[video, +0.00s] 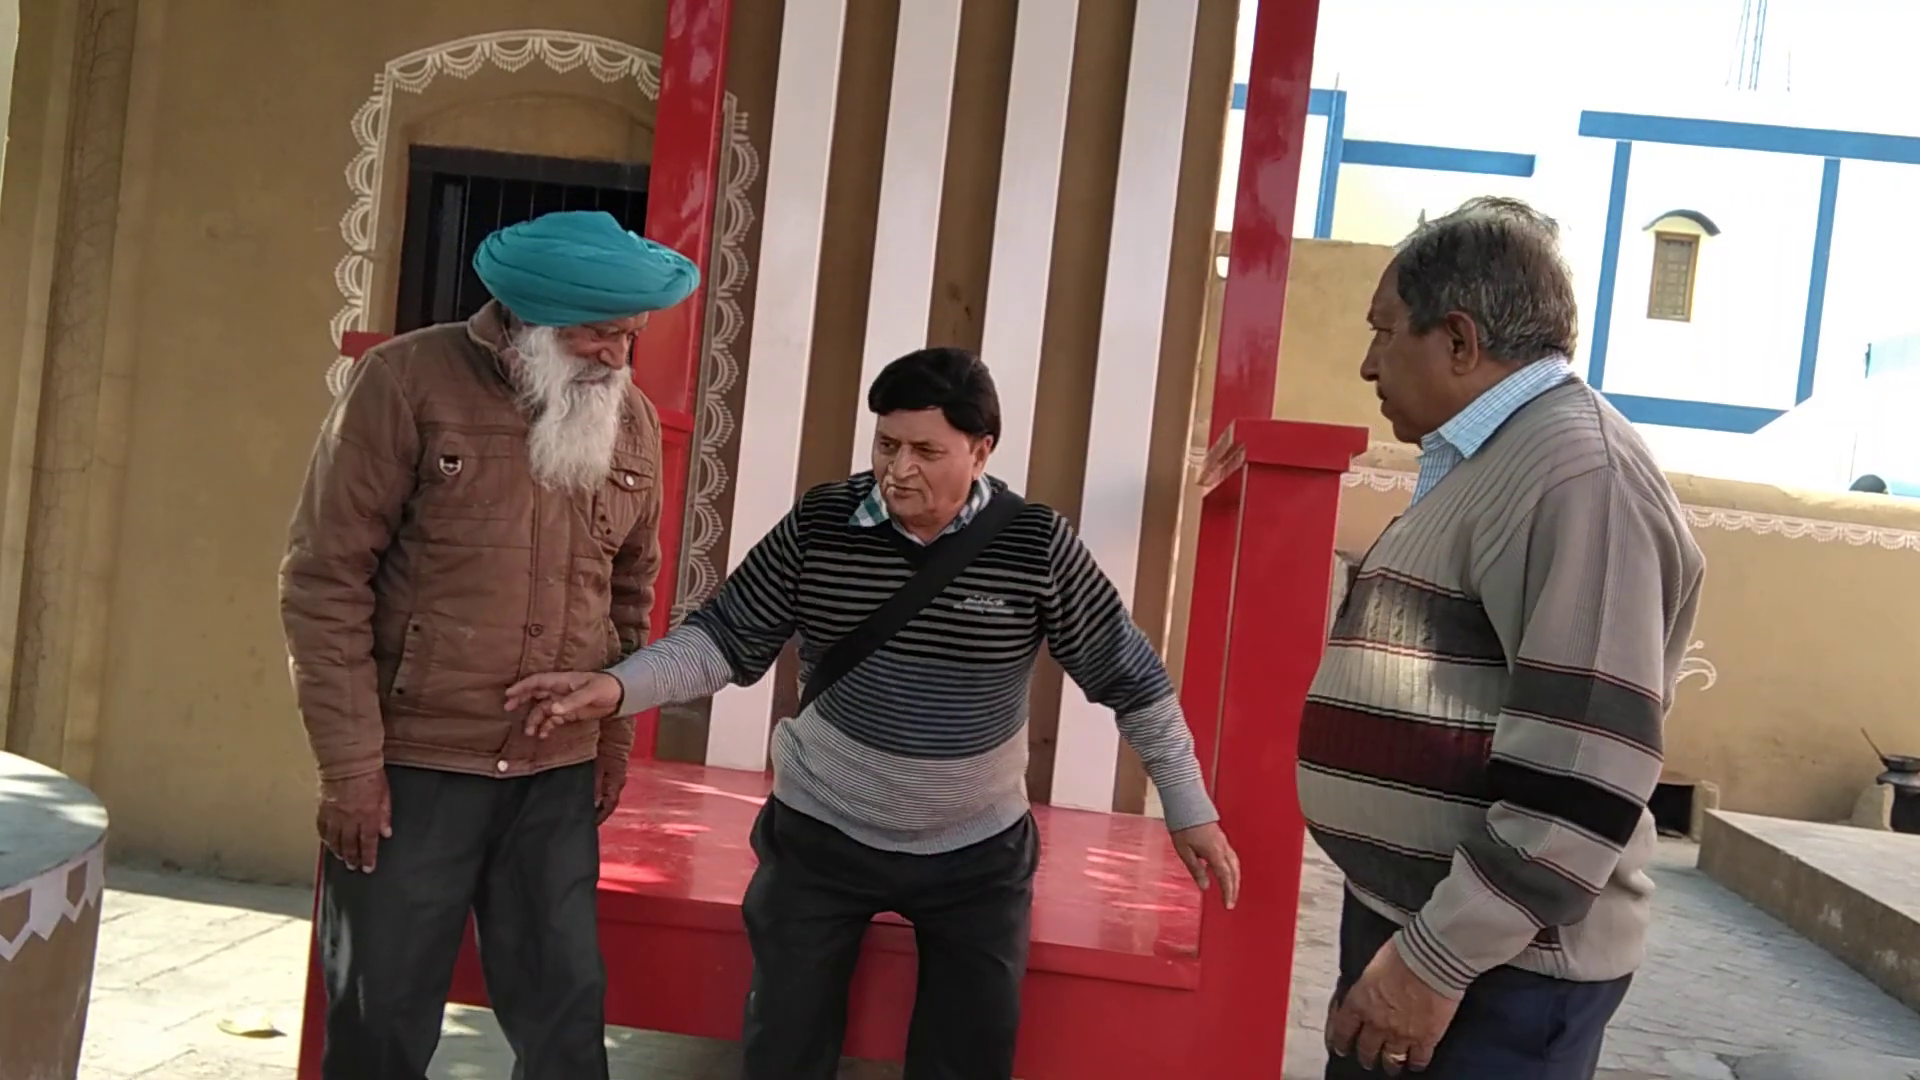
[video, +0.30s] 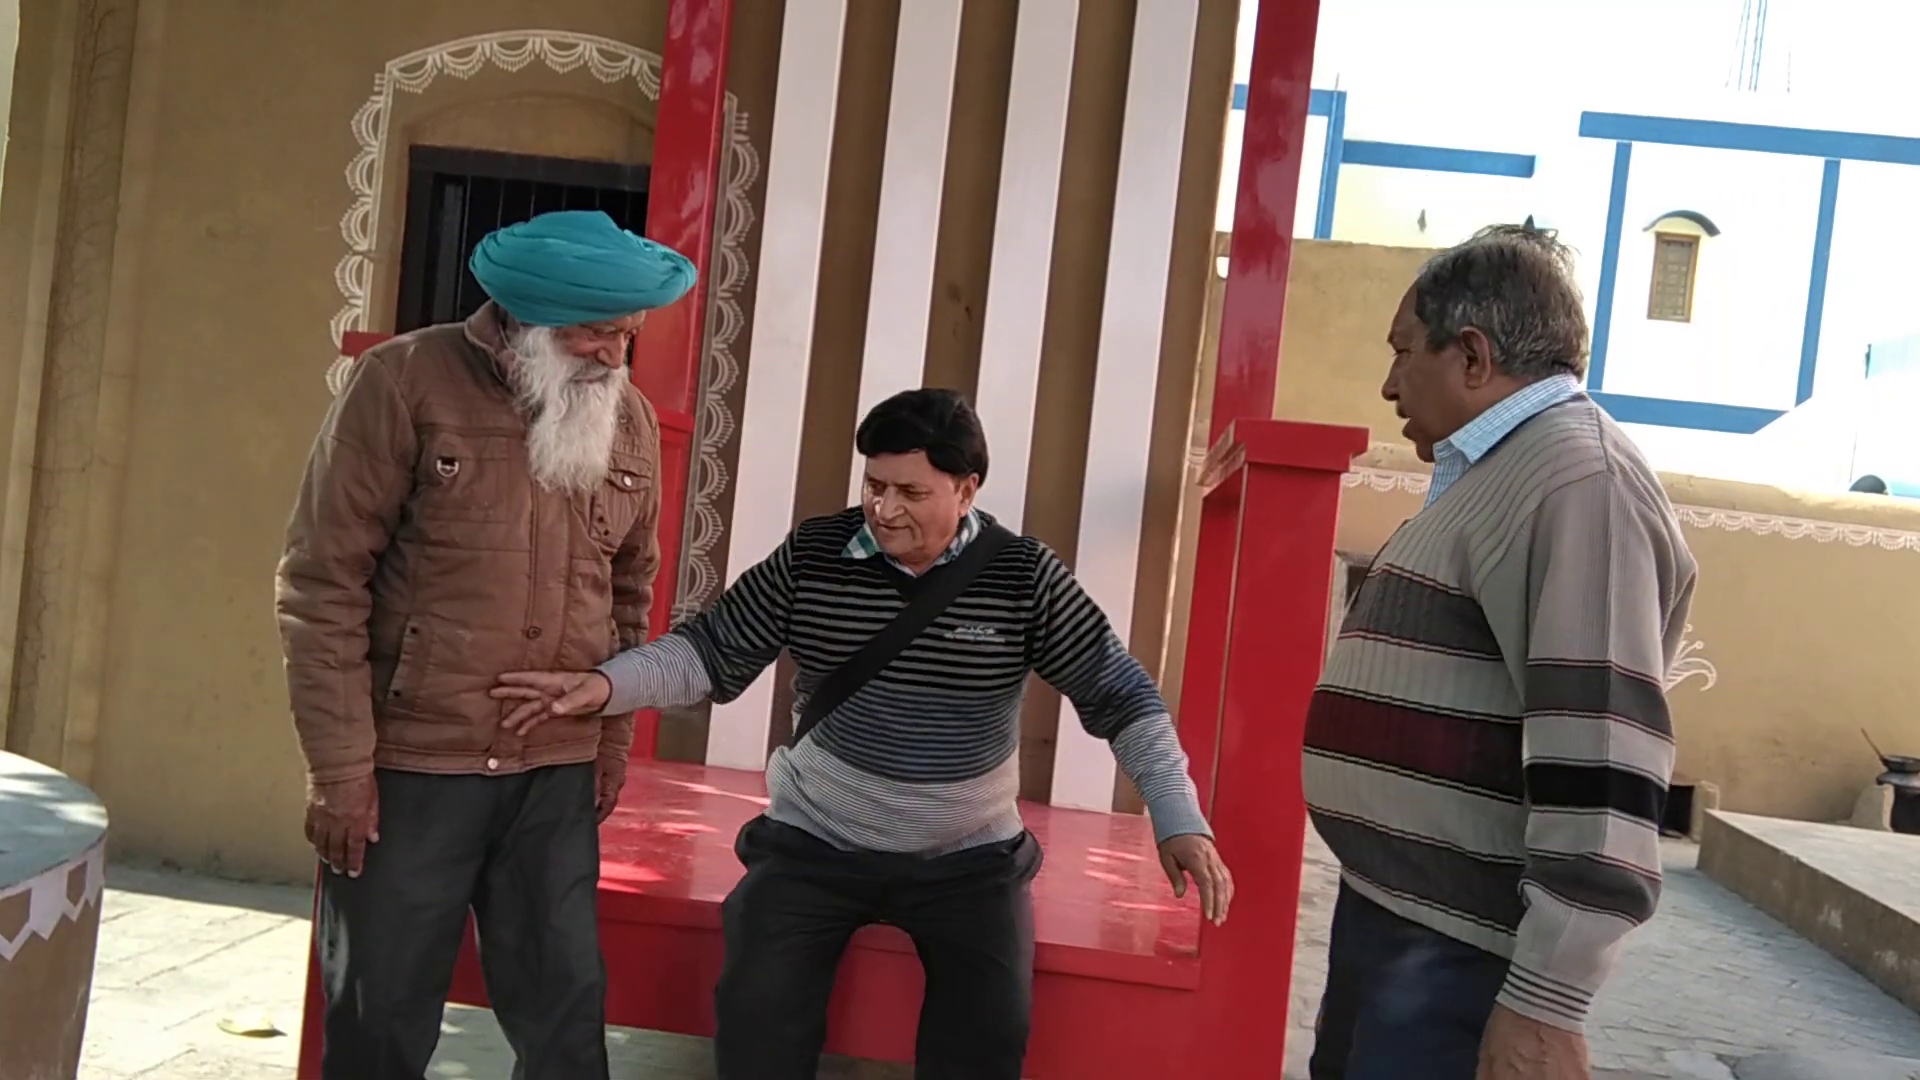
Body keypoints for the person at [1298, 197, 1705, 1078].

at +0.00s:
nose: (1366, 362)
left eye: (1383, 332)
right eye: (1372, 334)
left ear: (1459, 338)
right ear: (1462, 342)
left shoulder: (1585, 479)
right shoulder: (1493, 457)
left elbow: (1582, 786)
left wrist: (1430, 961)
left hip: (1505, 975)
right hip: (1412, 937)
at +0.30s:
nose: (1389, 381)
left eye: (1403, 352)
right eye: (1393, 355)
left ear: (1473, 357)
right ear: (1476, 360)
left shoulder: (1584, 484)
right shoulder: (1497, 472)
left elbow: (1607, 772)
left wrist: (1543, 1007)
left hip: (1462, 953)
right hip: (1391, 922)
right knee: (1340, 1065)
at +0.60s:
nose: (1332, 399)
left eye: (1336, 370)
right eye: (1330, 371)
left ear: (1387, 366)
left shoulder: (1484, 463)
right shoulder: (1452, 458)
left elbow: (1530, 725)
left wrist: (1454, 944)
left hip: (1424, 919)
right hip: (1394, 899)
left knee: (1258, 1065)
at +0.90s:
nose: (1244, 399)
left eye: (1247, 375)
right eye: (1247, 375)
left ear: (1278, 376)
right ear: (1386, 361)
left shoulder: (1327, 484)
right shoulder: (1444, 465)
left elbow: (1324, 758)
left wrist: (1260, 946)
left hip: (1342, 898)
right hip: (1442, 883)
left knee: (1229, 1063)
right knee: (1404, 1066)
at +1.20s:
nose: (1210, 382)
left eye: (1210, 362)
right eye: (1207, 361)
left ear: (1242, 362)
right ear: (1333, 342)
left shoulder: (1288, 471)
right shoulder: (1393, 446)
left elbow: (1247, 720)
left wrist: (1139, 859)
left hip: (1284, 837)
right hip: (1370, 833)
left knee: (1209, 1056)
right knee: (1262, 1053)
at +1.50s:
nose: (1198, 378)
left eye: (1213, 358)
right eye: (1202, 357)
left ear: (1272, 368)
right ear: (1275, 368)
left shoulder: (1324, 477)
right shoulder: (1294, 455)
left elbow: (1297, 705)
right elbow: (1234, 651)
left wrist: (1170, 827)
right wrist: (1156, 771)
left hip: (1275, 826)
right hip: (1248, 816)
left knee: (1213, 1048)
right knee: (1204, 1042)